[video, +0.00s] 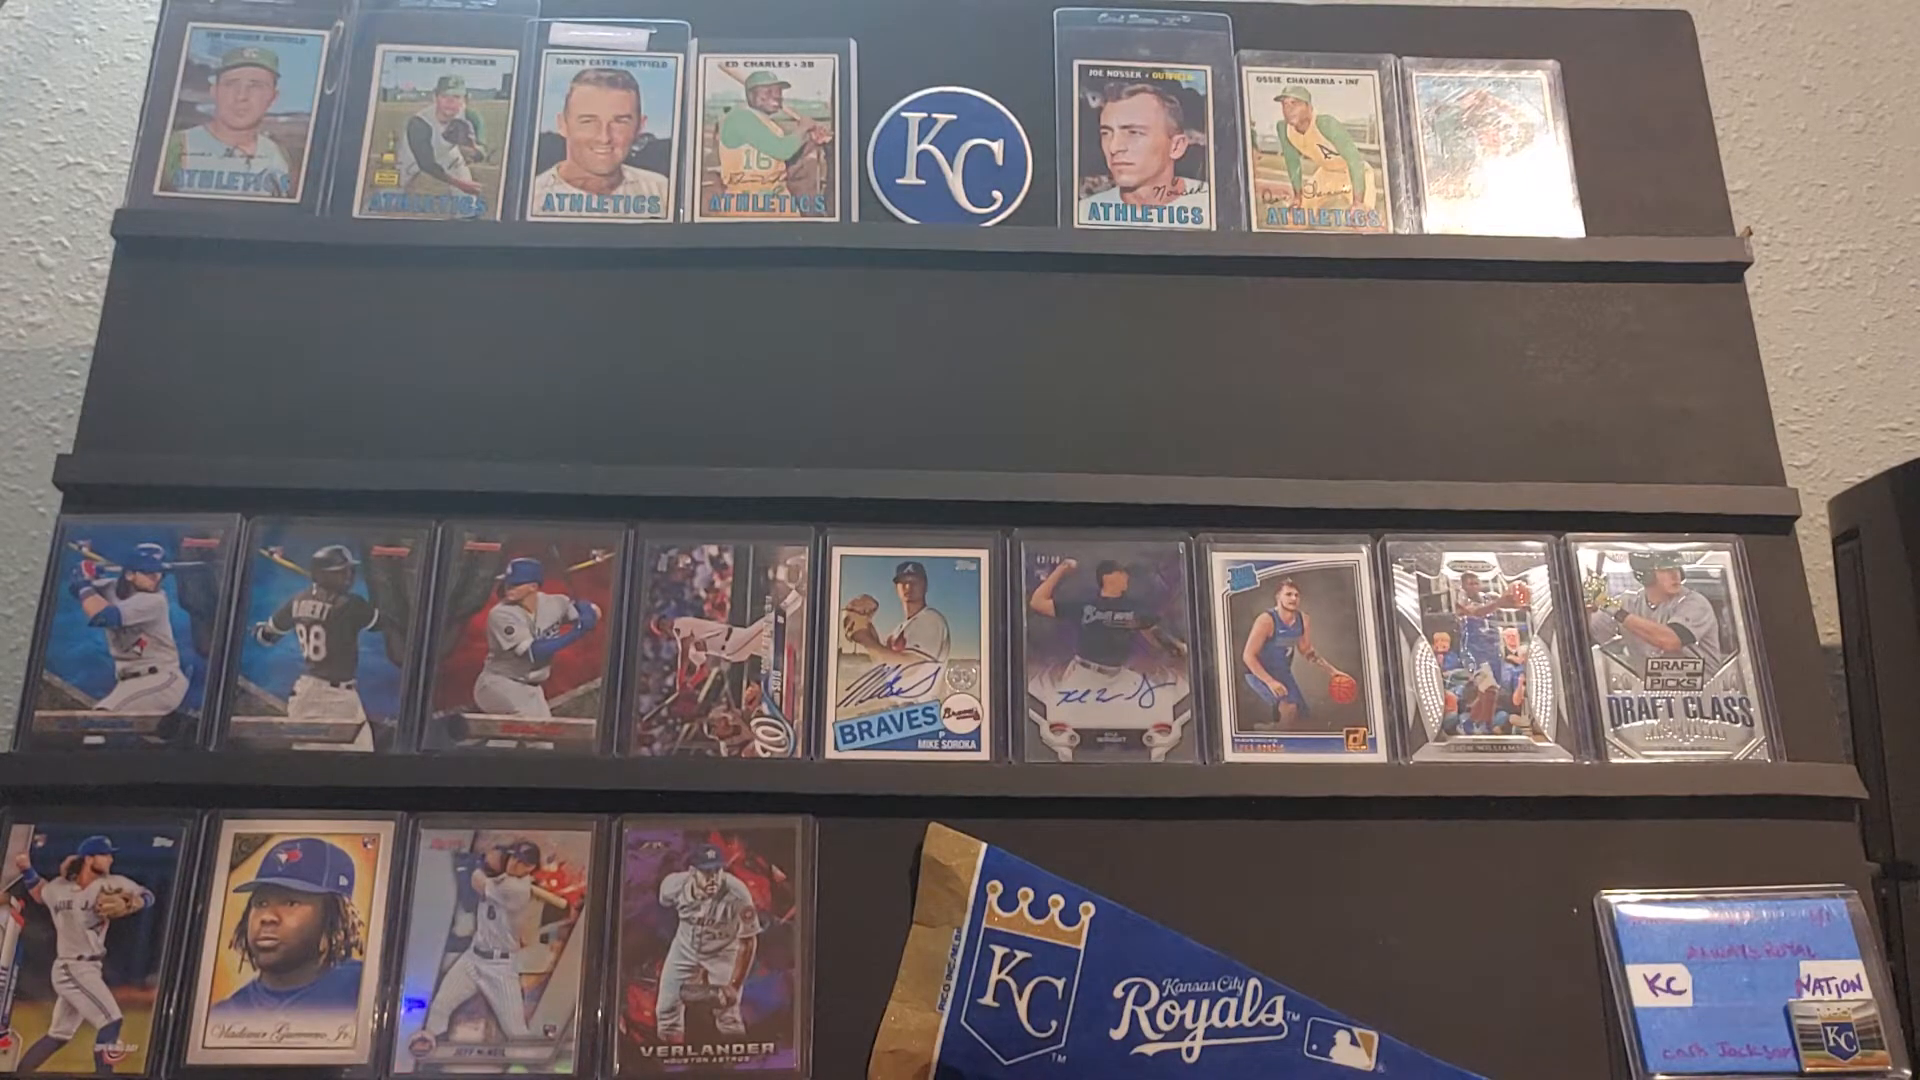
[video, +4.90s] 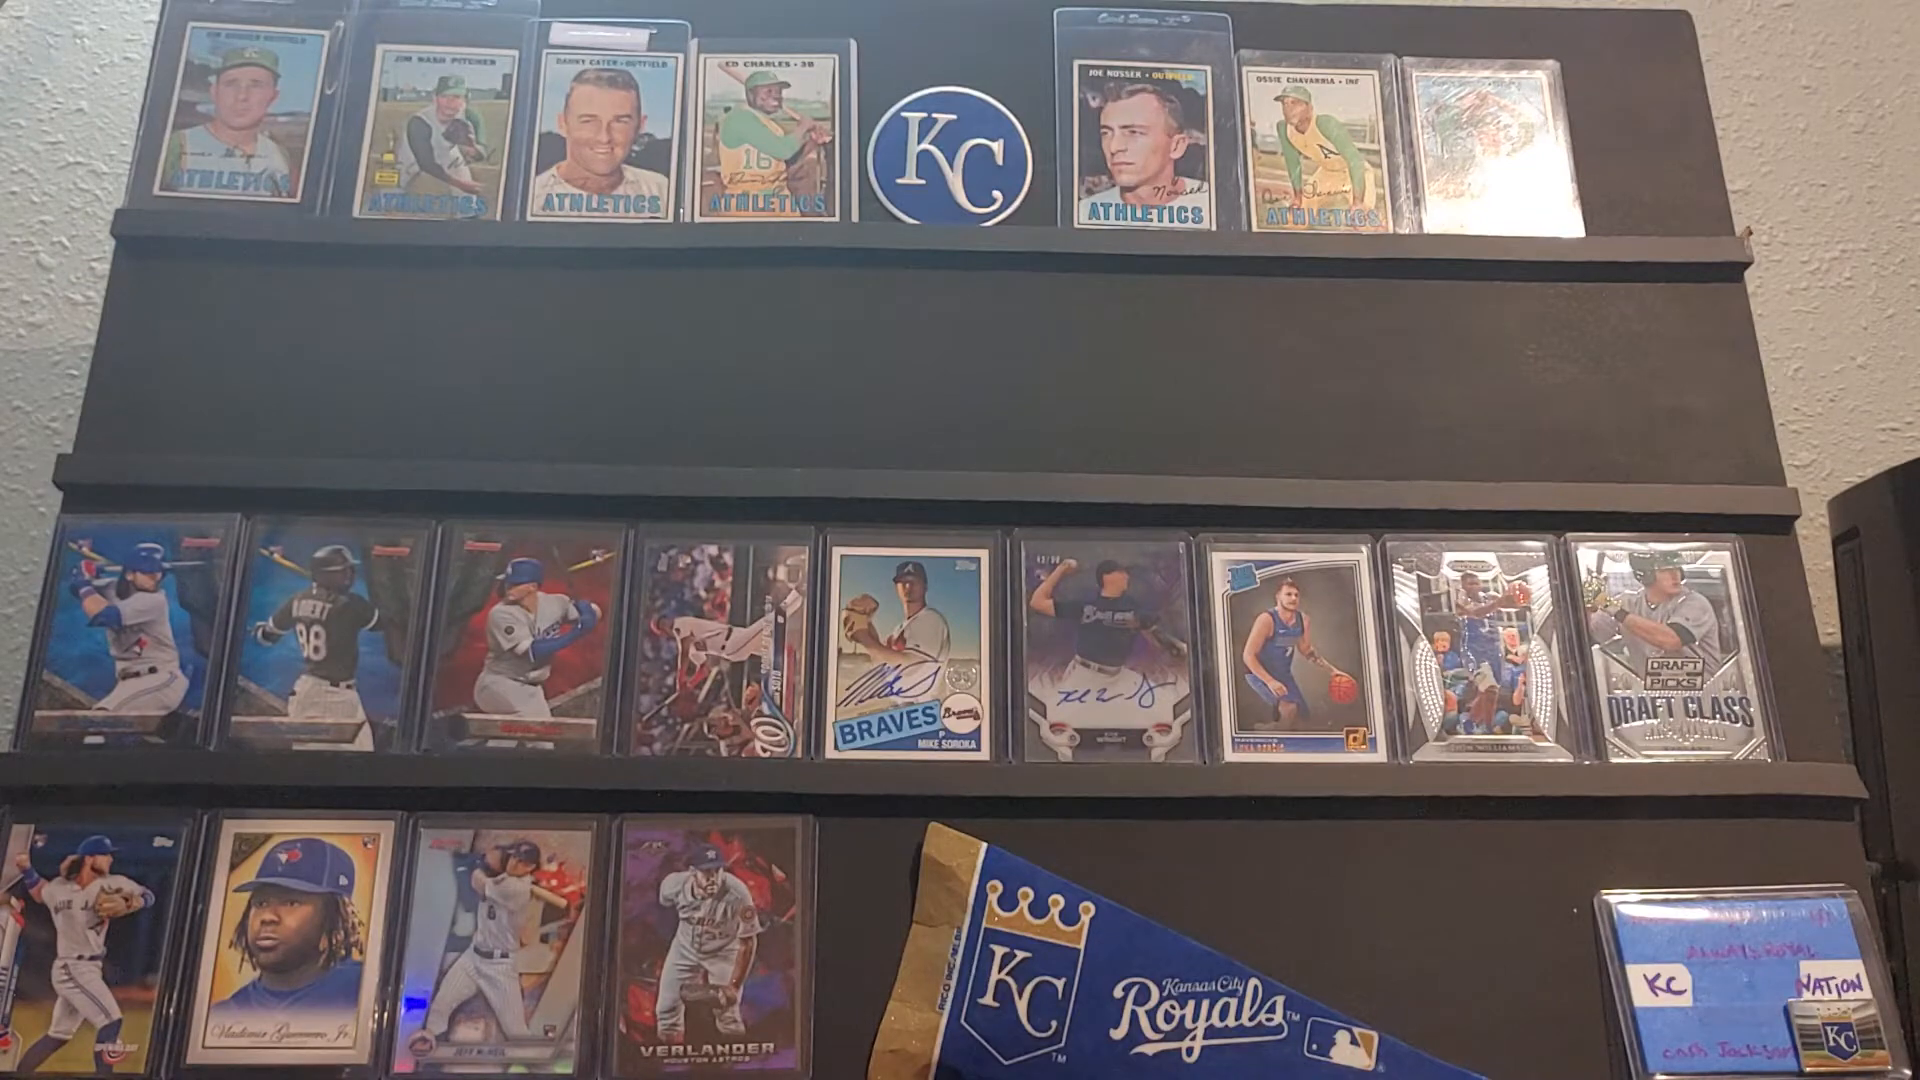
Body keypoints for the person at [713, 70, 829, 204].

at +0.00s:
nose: (776, 97)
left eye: (778, 91)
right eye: (768, 92)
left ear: (782, 93)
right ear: (752, 96)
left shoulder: (773, 126)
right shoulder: (739, 117)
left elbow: (784, 168)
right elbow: (783, 151)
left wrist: (811, 143)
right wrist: (803, 128)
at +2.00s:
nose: (776, 97)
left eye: (778, 92)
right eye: (769, 92)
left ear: (782, 93)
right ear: (752, 94)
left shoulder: (773, 126)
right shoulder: (739, 118)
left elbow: (785, 168)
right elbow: (782, 151)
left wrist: (811, 143)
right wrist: (803, 128)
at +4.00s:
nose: (776, 97)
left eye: (779, 92)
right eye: (769, 92)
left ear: (782, 93)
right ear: (752, 96)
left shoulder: (774, 126)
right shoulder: (738, 118)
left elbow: (785, 168)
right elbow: (783, 151)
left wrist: (811, 143)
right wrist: (802, 128)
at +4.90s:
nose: (776, 97)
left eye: (779, 92)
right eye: (769, 92)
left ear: (782, 93)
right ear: (751, 95)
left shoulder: (773, 126)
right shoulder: (738, 119)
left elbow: (785, 166)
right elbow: (783, 151)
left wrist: (811, 143)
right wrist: (802, 127)